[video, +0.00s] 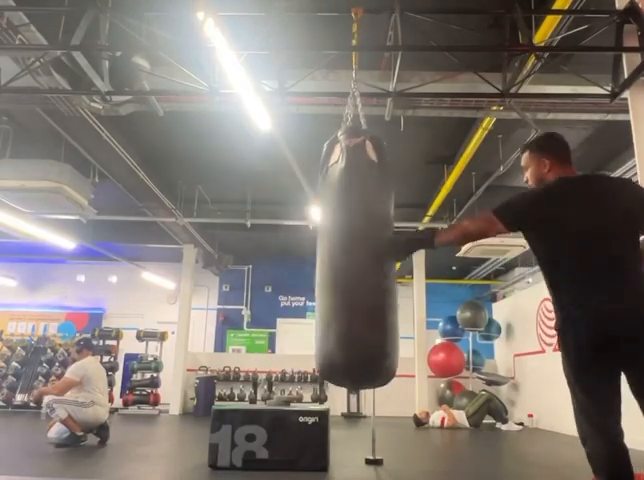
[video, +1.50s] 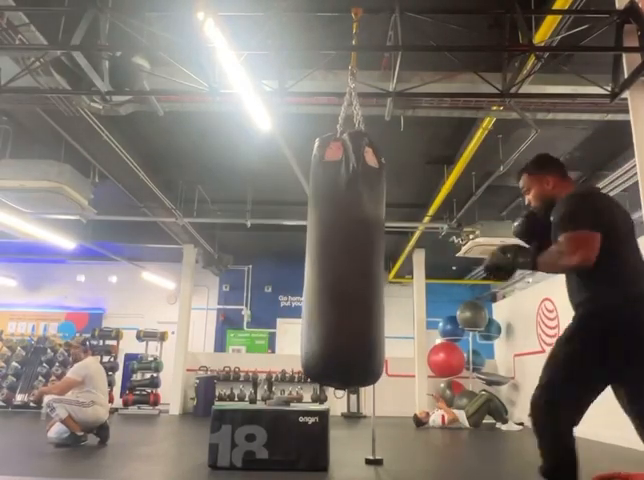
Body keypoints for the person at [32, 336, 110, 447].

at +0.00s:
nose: (74, 355)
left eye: (76, 351)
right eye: (74, 351)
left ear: (85, 351)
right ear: (88, 351)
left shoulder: (81, 365)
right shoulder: (98, 366)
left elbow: (58, 390)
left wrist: (40, 391)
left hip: (92, 410)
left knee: (50, 402)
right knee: (53, 435)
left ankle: (78, 434)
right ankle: (95, 428)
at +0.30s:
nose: (71, 353)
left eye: (73, 350)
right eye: (72, 350)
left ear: (83, 350)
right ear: (87, 351)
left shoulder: (81, 365)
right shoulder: (98, 365)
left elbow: (58, 390)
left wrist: (40, 391)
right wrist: (57, 384)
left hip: (92, 410)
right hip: (102, 411)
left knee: (50, 402)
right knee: (54, 435)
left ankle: (78, 434)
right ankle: (95, 428)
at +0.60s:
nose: (72, 352)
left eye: (74, 349)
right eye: (73, 349)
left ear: (83, 350)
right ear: (89, 351)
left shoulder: (81, 365)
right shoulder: (98, 365)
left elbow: (58, 390)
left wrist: (41, 391)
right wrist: (57, 384)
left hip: (92, 410)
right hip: (102, 411)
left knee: (50, 402)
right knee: (53, 435)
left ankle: (78, 434)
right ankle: (95, 428)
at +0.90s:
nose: (73, 354)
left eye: (75, 351)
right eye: (74, 351)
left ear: (82, 350)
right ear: (90, 350)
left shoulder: (80, 365)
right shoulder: (98, 365)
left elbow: (58, 390)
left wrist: (41, 391)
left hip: (91, 410)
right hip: (102, 411)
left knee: (50, 402)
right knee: (53, 435)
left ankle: (78, 434)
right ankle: (95, 428)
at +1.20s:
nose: (73, 353)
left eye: (75, 350)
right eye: (73, 350)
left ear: (82, 350)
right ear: (90, 350)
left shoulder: (81, 365)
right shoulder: (97, 364)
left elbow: (58, 390)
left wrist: (41, 391)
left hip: (92, 410)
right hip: (102, 412)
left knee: (50, 402)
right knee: (54, 435)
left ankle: (78, 434)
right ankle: (96, 428)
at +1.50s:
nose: (71, 352)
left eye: (75, 348)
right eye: (72, 348)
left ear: (87, 352)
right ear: (88, 353)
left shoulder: (84, 365)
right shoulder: (95, 364)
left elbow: (59, 390)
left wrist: (41, 391)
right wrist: (56, 420)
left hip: (93, 410)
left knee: (51, 402)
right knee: (53, 435)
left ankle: (78, 434)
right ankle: (95, 428)